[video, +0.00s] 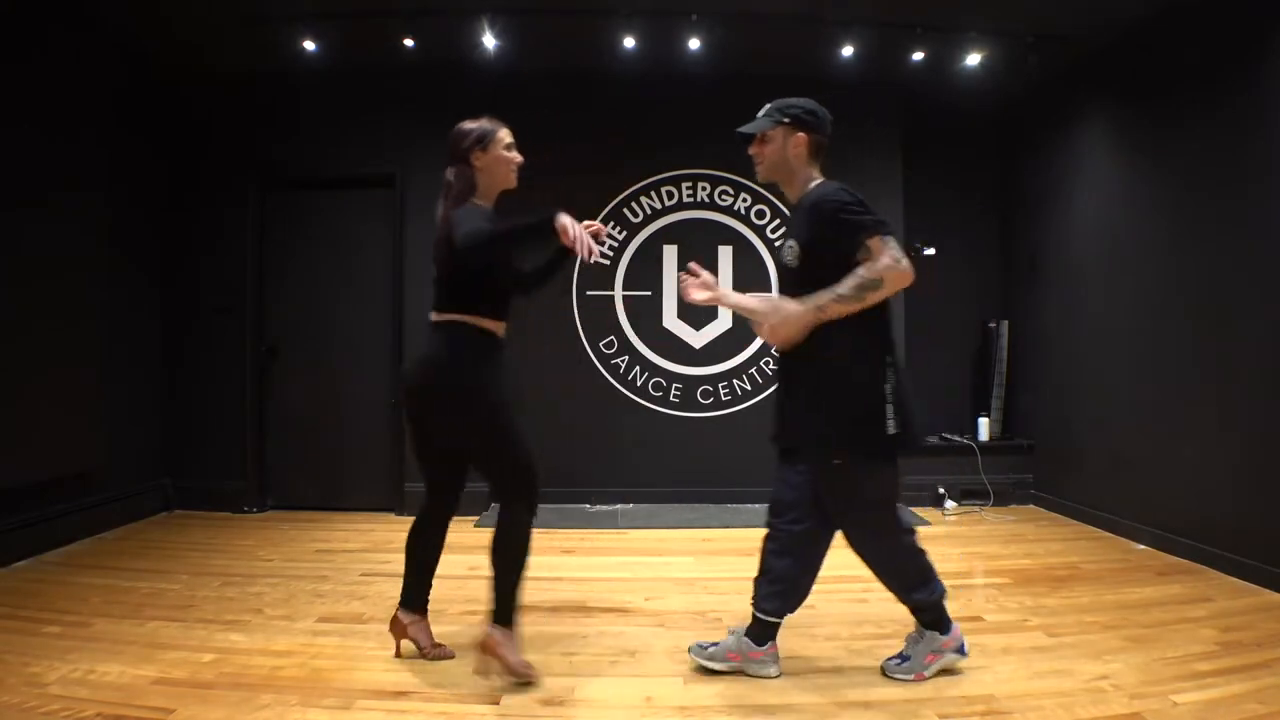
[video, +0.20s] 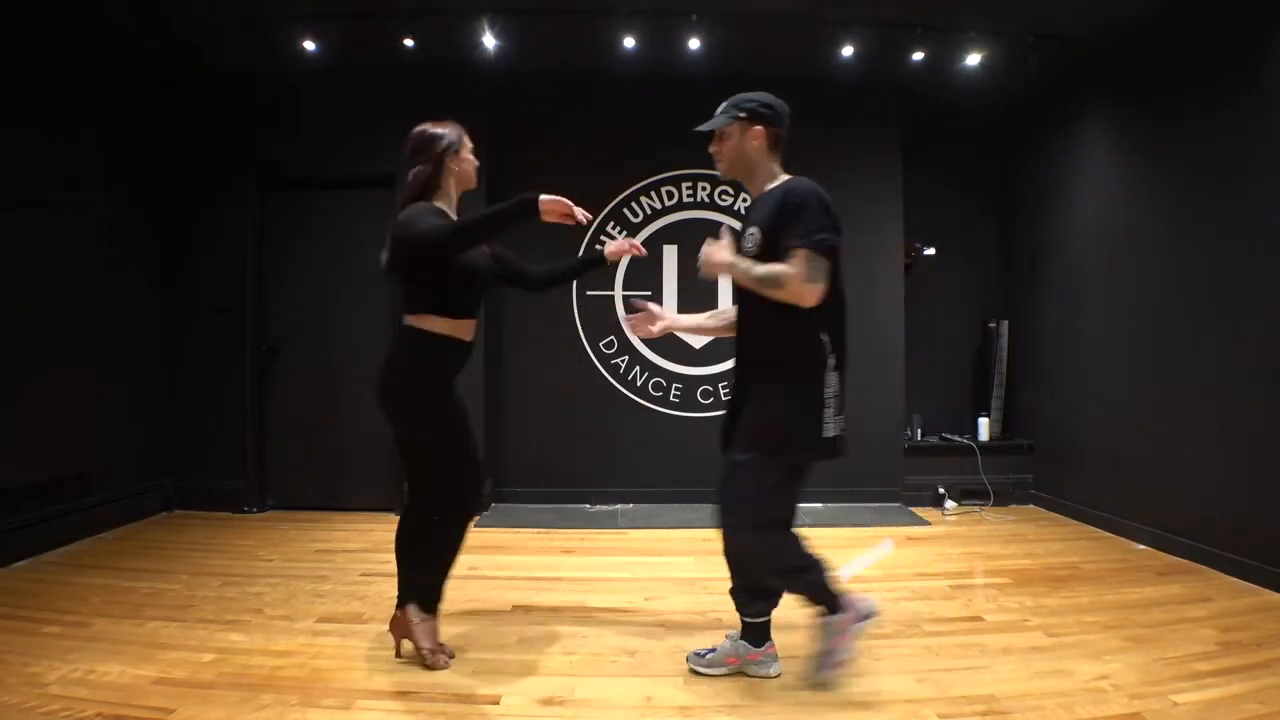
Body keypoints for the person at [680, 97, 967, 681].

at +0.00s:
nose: (753, 151)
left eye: (762, 139)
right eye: (753, 141)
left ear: (797, 139)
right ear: (790, 143)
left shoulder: (831, 202)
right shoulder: (802, 219)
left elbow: (895, 267)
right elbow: (794, 313)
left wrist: (809, 310)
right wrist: (722, 295)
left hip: (851, 403)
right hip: (812, 403)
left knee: (872, 520)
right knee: (793, 522)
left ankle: (939, 631)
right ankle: (758, 639)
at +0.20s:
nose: (714, 149)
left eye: (722, 137)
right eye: (714, 138)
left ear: (756, 136)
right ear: (751, 138)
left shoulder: (800, 198)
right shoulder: (755, 214)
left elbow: (808, 286)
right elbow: (746, 316)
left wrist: (733, 265)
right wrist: (673, 320)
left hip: (794, 389)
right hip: (758, 388)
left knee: (753, 512)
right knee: (742, 510)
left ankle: (841, 607)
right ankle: (754, 641)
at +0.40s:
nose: (667, 165)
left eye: (673, 151)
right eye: (666, 154)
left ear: (707, 141)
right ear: (707, 146)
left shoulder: (738, 214)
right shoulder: (727, 215)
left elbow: (719, 314)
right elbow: (703, 311)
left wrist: (623, 313)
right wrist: (626, 308)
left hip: (708, 412)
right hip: (702, 409)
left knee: (647, 526)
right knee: (691, 531)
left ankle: (583, 655)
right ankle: (745, 636)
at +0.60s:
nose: (630, 171)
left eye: (632, 156)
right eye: (626, 161)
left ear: (663, 141)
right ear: (668, 144)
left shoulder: (689, 212)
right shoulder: (705, 210)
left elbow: (634, 300)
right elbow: (669, 307)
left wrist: (545, 281)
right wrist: (601, 313)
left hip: (650, 398)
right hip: (662, 395)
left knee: (597, 504)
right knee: (606, 492)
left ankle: (570, 658)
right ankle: (660, 591)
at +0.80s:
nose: (617, 165)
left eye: (622, 151)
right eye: (615, 154)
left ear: (654, 142)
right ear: (659, 145)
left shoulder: (682, 213)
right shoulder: (676, 211)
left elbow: (637, 307)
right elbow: (643, 303)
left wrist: (558, 296)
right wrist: (581, 290)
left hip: (632, 394)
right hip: (627, 391)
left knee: (575, 511)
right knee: (584, 511)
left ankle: (564, 658)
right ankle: (653, 622)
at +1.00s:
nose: (624, 138)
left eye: (631, 127)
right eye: (626, 128)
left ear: (662, 127)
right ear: (661, 130)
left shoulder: (703, 195)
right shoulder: (672, 204)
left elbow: (691, 287)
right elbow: (644, 297)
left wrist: (599, 264)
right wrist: (580, 289)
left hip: (674, 391)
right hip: (663, 388)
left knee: (595, 496)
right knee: (653, 508)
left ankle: (646, 625)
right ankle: (667, 636)